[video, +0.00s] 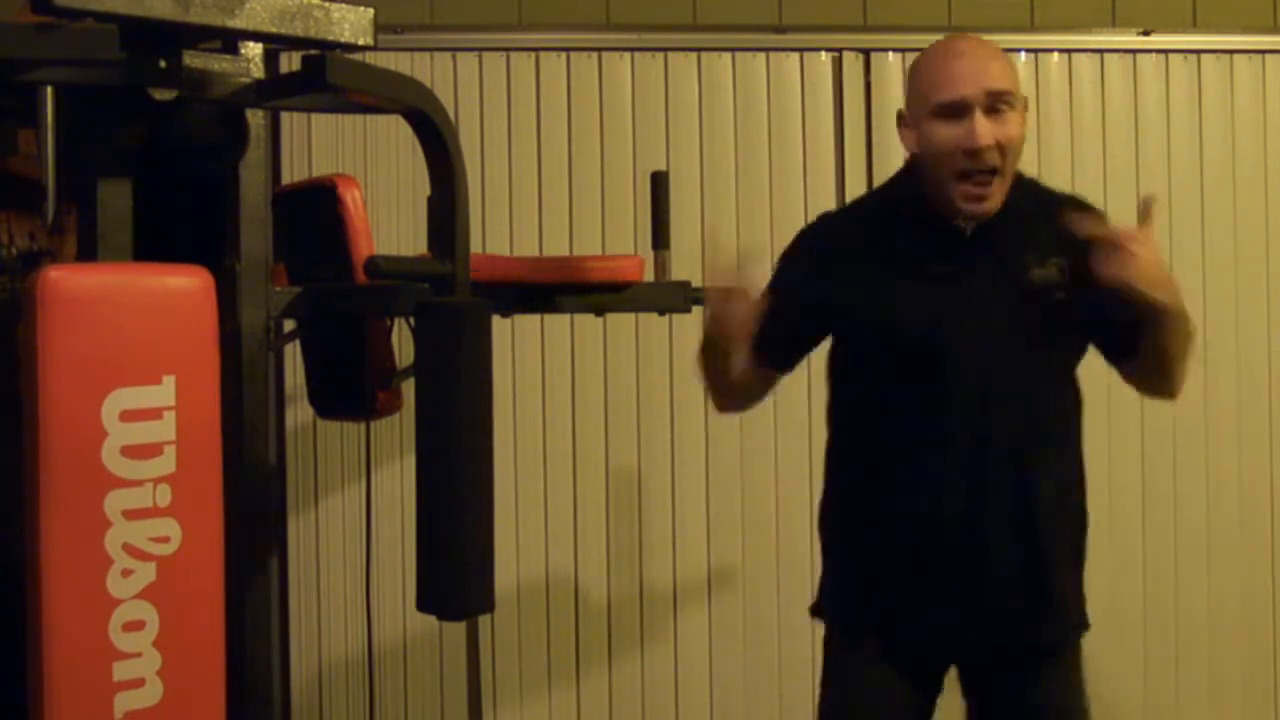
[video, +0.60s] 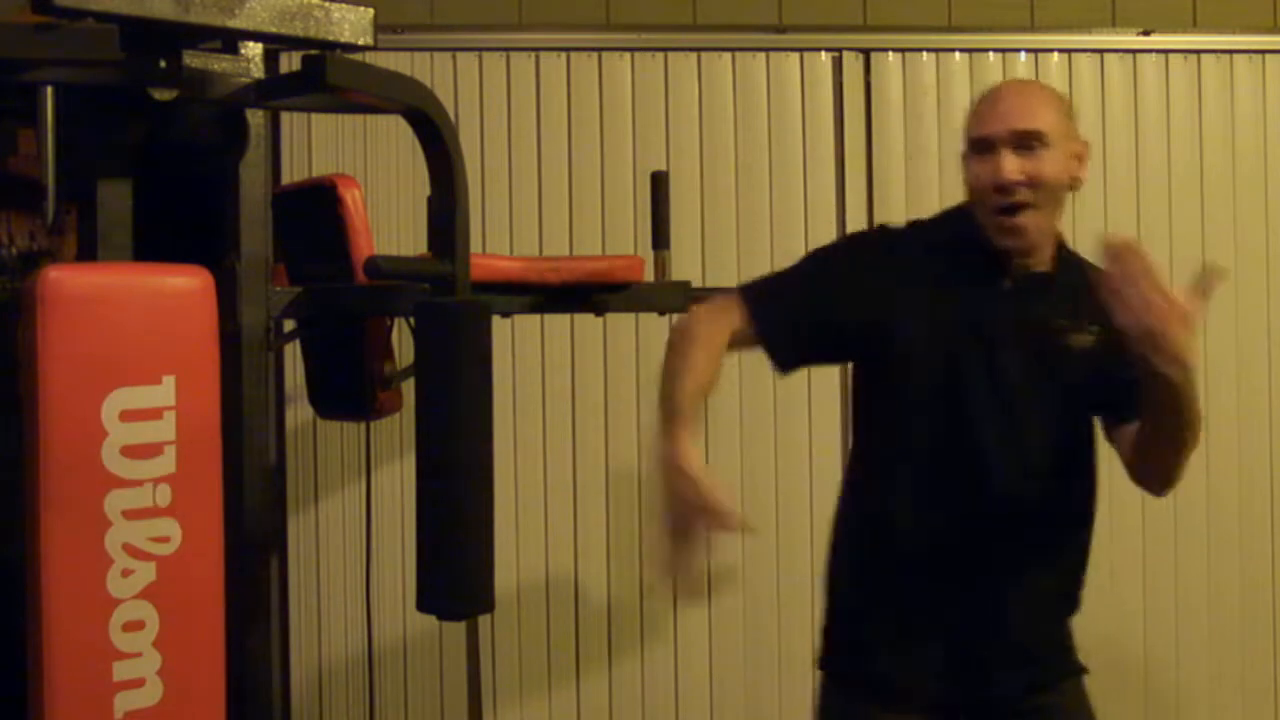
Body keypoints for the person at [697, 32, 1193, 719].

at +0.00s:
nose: (981, 138)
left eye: (998, 110)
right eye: (952, 114)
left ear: (1023, 119)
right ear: (908, 130)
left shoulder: (1069, 237)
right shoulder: (842, 245)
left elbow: (1159, 381)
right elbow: (736, 392)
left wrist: (1165, 304)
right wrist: (726, 344)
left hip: (1028, 592)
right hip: (881, 596)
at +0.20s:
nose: (957, 109)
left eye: (977, 85)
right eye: (932, 88)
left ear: (1009, 101)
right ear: (896, 111)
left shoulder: (1068, 238)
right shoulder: (830, 248)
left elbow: (1166, 367)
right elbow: (739, 402)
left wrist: (1229, 422)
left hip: (1025, 610)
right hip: (869, 612)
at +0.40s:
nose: (981, 158)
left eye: (1002, 133)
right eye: (957, 138)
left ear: (1039, 148)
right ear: (930, 161)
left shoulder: (1099, 279)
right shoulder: (893, 268)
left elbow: (1183, 444)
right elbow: (788, 267)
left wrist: (1020, 391)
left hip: (1047, 629)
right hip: (901, 631)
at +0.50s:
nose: (1029, 175)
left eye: (1052, 151)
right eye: (1005, 155)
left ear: (1093, 167)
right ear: (978, 170)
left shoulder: (1111, 299)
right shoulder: (901, 260)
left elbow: (1177, 464)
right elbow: (731, 280)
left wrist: (1107, 341)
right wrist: (650, 358)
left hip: (1044, 639)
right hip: (902, 642)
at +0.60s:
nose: (1005, 171)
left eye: (1030, 148)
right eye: (984, 150)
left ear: (1077, 163)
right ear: (964, 167)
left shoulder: (1095, 305)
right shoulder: (887, 267)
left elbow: (1154, 472)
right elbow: (709, 321)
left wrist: (1171, 367)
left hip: (1027, 659)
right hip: (881, 659)